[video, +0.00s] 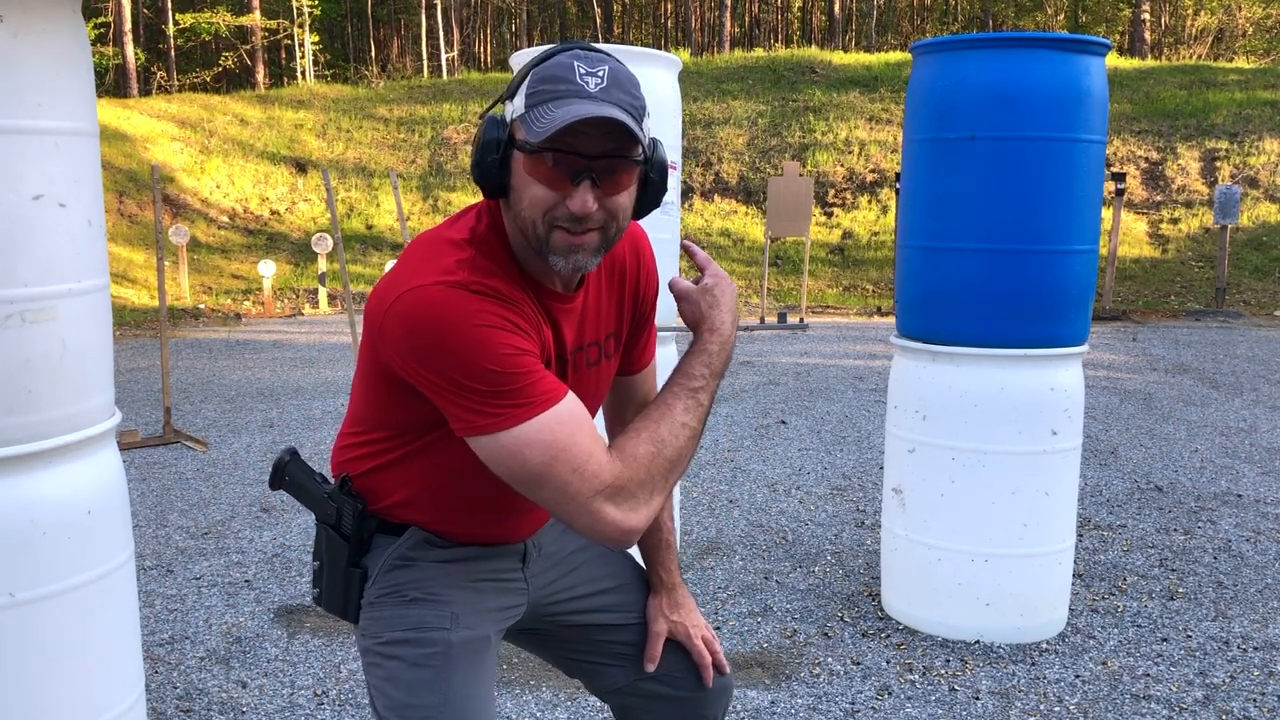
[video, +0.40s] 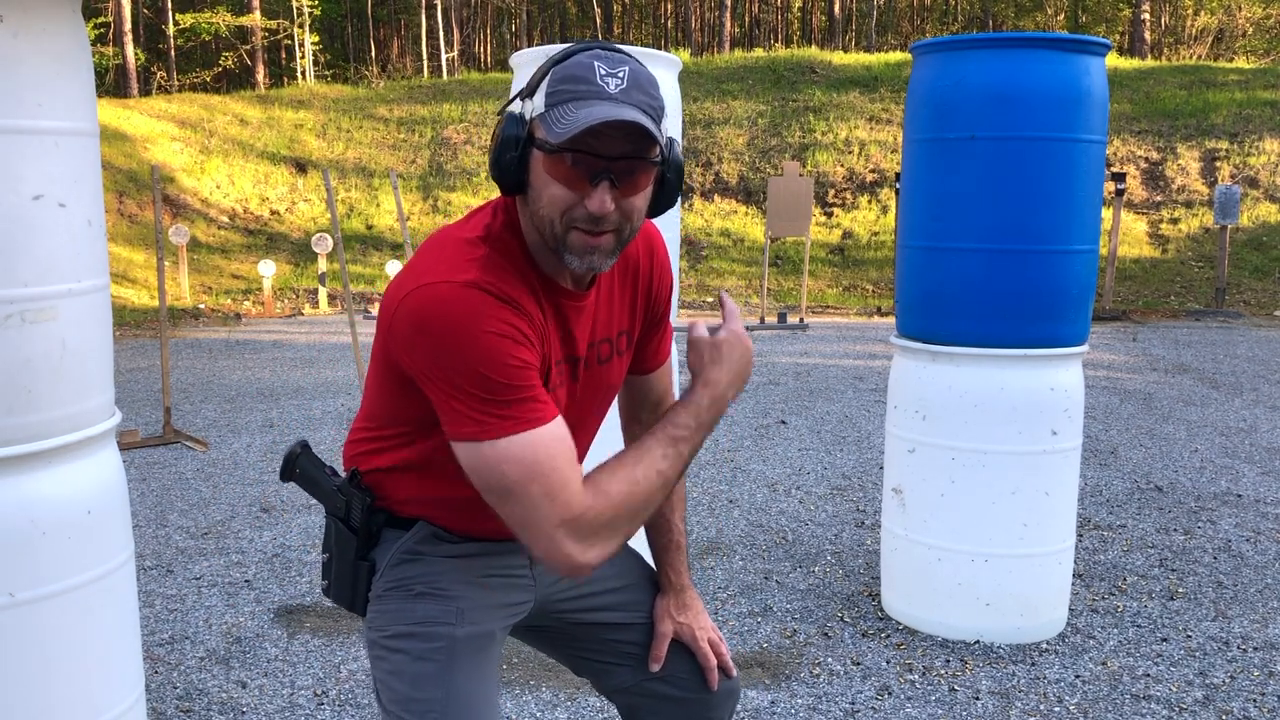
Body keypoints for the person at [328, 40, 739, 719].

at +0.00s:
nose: (583, 200)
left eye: (610, 168)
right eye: (557, 164)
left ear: (641, 176)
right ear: (504, 162)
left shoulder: (628, 256)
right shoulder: (441, 303)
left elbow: (635, 424)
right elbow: (615, 508)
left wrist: (667, 581)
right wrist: (714, 338)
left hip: (552, 536)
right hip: (427, 560)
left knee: (695, 686)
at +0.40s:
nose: (601, 201)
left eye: (628, 170)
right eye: (576, 164)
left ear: (658, 177)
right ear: (520, 159)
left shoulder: (642, 259)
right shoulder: (456, 300)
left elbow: (652, 422)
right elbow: (573, 539)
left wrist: (677, 583)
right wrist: (707, 400)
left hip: (554, 530)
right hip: (432, 554)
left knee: (701, 689)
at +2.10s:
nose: (564, 218)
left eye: (589, 182)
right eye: (537, 183)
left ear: (624, 186)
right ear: (488, 183)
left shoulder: (639, 266)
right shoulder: (422, 331)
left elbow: (657, 431)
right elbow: (436, 596)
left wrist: (697, 597)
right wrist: (644, 490)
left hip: (583, 552)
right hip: (455, 579)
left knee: (731, 700)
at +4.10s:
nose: (581, 195)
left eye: (602, 161)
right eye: (550, 162)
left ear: (629, 159)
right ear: (489, 156)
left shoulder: (640, 257)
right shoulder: (406, 298)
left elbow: (658, 440)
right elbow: (389, 560)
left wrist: (681, 603)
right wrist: (598, 520)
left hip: (561, 546)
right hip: (426, 568)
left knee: (708, 703)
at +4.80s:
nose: (572, 197)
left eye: (595, 164)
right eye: (542, 164)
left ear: (627, 162)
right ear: (486, 155)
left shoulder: (645, 257)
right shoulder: (401, 286)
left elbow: (664, 435)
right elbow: (396, 546)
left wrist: (677, 611)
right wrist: (577, 423)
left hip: (560, 533)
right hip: (425, 560)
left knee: (690, 702)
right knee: (435, 707)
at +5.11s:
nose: (571, 200)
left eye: (595, 165)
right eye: (540, 166)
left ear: (627, 162)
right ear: (485, 158)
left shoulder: (645, 258)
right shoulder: (398, 290)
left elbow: (666, 430)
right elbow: (379, 556)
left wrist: (675, 608)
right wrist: (573, 458)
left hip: (563, 532)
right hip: (422, 559)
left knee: (690, 703)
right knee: (428, 707)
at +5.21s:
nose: (573, 198)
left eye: (598, 163)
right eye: (544, 162)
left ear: (630, 161)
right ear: (491, 158)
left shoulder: (647, 260)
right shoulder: (400, 290)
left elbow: (663, 440)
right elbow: (367, 551)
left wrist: (675, 610)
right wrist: (572, 507)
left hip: (557, 541)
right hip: (418, 558)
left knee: (691, 704)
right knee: (430, 707)